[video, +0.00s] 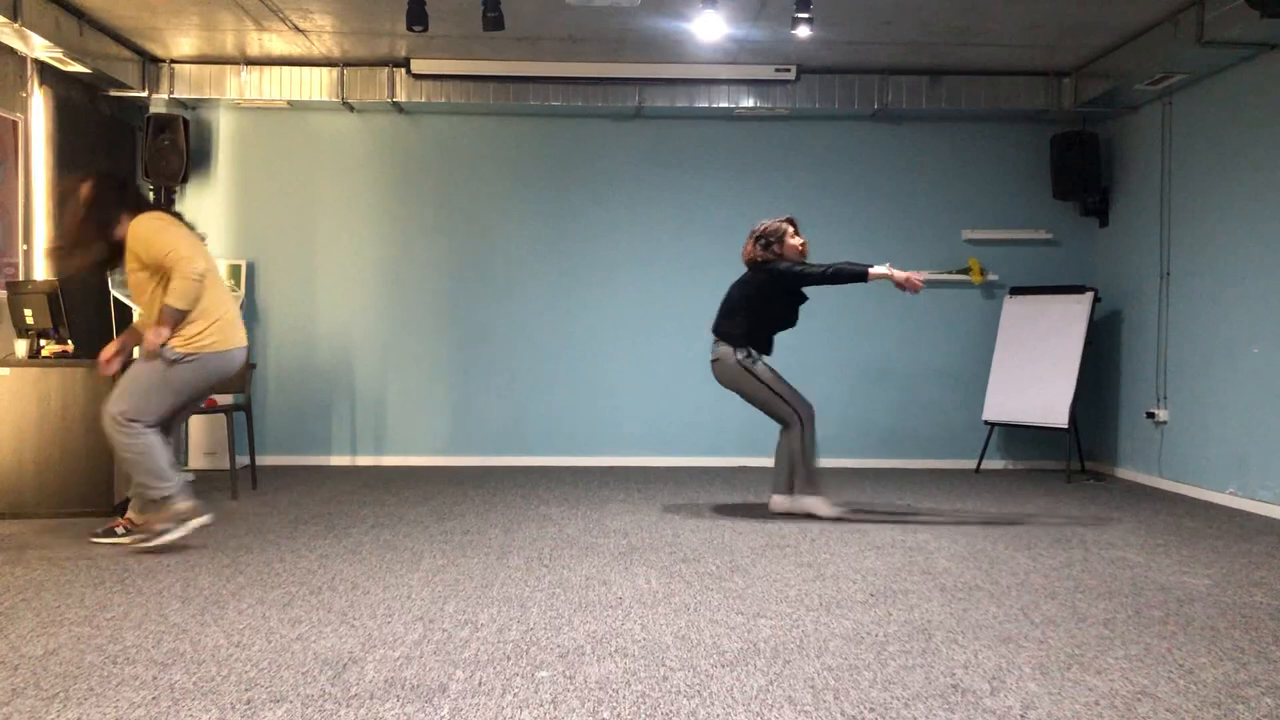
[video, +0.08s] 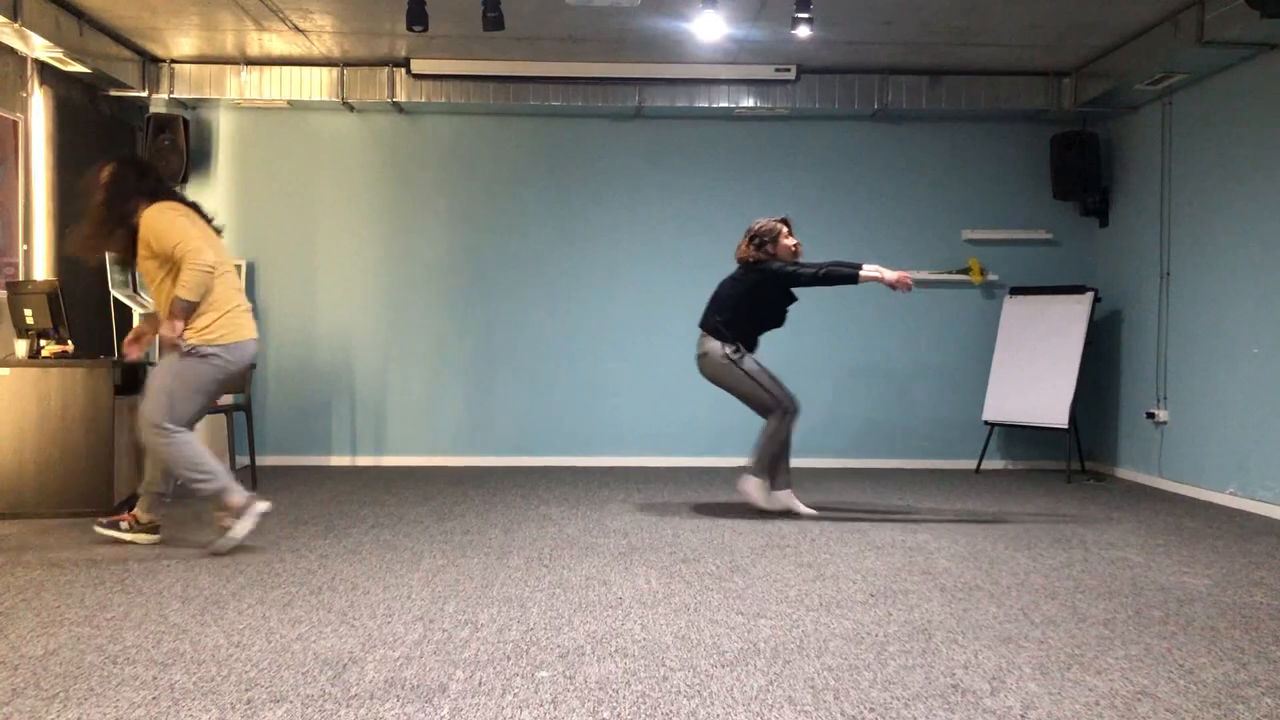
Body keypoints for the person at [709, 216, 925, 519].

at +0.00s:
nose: (802, 241)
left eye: (798, 235)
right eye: (794, 237)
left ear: (777, 247)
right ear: (776, 247)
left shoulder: (777, 271)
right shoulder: (774, 272)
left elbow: (830, 271)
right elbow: (828, 273)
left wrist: (889, 272)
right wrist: (888, 273)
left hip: (739, 357)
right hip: (733, 359)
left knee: (796, 416)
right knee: (798, 414)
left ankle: (784, 495)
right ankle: (806, 495)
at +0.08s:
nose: (796, 241)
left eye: (792, 235)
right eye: (788, 237)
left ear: (771, 248)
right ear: (769, 246)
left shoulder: (772, 270)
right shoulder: (765, 271)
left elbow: (825, 269)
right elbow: (821, 274)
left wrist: (880, 271)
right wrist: (881, 276)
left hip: (730, 352)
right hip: (718, 353)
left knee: (786, 408)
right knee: (781, 409)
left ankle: (781, 491)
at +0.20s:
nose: (778, 248)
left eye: (775, 242)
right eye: (771, 244)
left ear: (750, 251)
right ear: (753, 251)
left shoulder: (749, 272)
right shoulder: (744, 275)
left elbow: (800, 275)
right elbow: (799, 279)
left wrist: (855, 277)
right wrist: (860, 280)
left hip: (694, 346)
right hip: (685, 348)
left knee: (745, 404)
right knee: (737, 411)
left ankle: (715, 472)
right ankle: (725, 491)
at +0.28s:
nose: (769, 253)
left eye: (767, 247)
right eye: (762, 249)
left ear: (744, 254)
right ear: (743, 254)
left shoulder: (735, 273)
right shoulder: (733, 275)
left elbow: (789, 280)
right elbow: (787, 284)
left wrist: (845, 287)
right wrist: (846, 290)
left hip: (666, 342)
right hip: (671, 342)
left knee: (704, 414)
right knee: (718, 409)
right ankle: (724, 492)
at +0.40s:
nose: (748, 266)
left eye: (747, 260)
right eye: (743, 261)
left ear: (722, 264)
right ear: (724, 265)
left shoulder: (716, 281)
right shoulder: (709, 283)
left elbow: (764, 296)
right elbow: (758, 300)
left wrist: (817, 311)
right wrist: (816, 315)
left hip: (640, 332)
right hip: (629, 332)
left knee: (670, 404)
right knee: (667, 405)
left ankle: (656, 481)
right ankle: (638, 480)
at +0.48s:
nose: (736, 278)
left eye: (736, 272)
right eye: (732, 271)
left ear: (710, 270)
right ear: (713, 270)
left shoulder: (700, 286)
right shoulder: (696, 288)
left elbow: (748, 305)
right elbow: (744, 308)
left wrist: (801, 325)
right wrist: (800, 328)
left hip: (625, 334)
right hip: (618, 334)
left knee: (656, 405)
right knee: (641, 414)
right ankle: (626, 492)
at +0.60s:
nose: (712, 285)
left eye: (712, 279)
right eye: (708, 279)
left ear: (688, 279)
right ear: (689, 278)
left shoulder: (677, 294)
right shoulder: (671, 296)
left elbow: (717, 318)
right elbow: (711, 323)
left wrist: (763, 344)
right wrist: (761, 350)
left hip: (590, 334)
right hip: (593, 336)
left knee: (589, 416)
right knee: (624, 408)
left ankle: (554, 481)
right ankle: (625, 490)